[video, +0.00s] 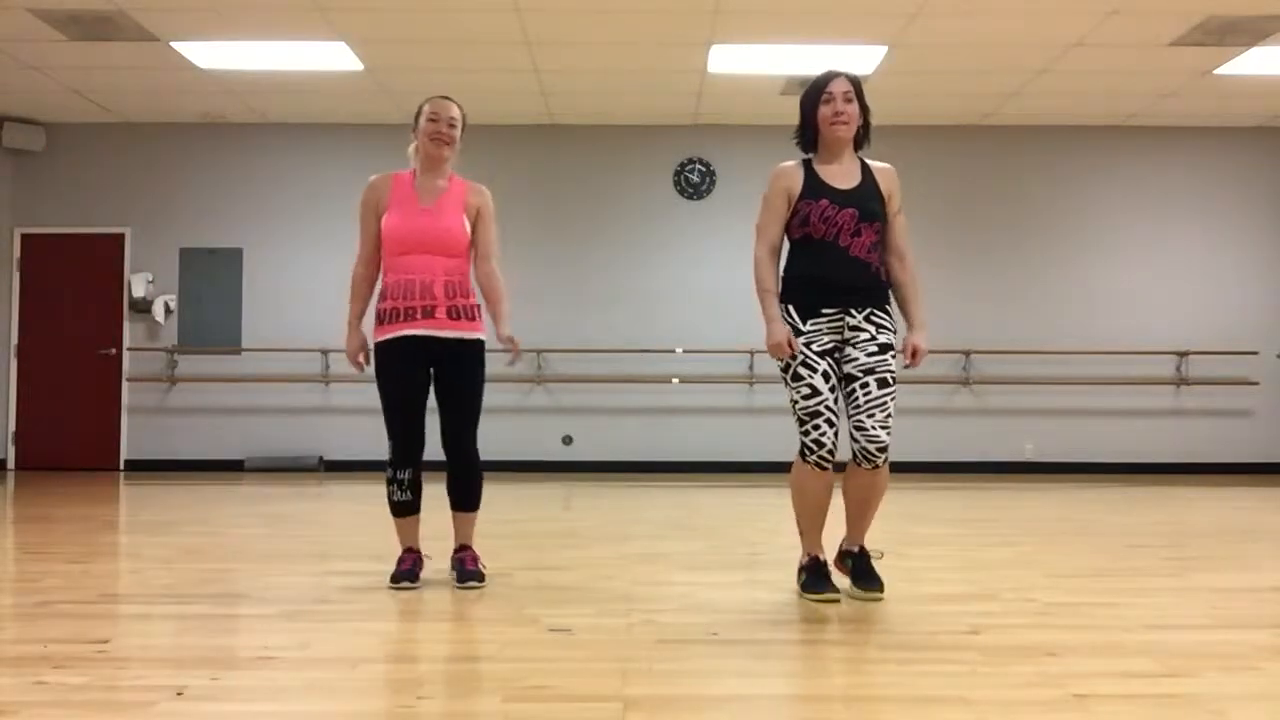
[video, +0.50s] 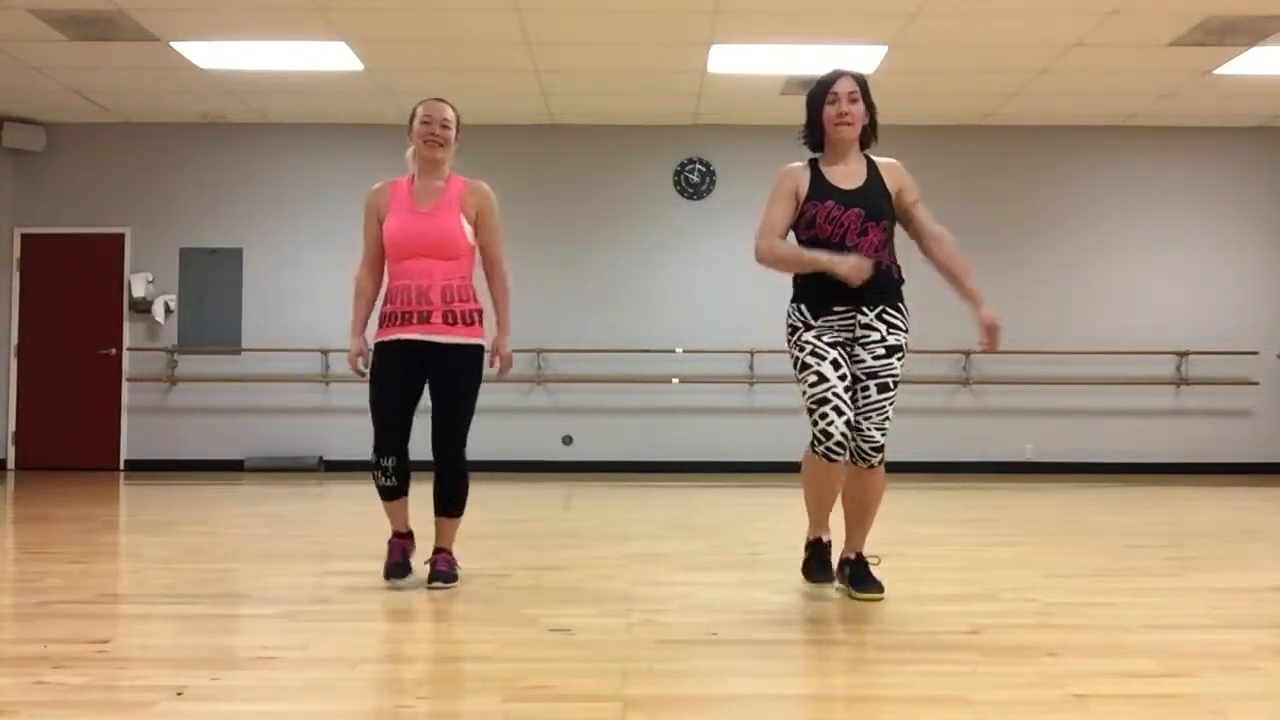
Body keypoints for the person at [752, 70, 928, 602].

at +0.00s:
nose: (839, 108)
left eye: (848, 100)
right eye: (827, 101)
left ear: (861, 112)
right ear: (811, 114)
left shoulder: (883, 177)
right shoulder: (789, 176)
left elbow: (899, 257)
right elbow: (765, 253)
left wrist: (915, 324)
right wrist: (773, 320)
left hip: (872, 322)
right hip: (806, 323)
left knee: (873, 440)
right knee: (821, 440)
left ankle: (853, 549)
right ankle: (812, 559)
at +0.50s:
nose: (845, 108)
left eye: (854, 100)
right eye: (835, 101)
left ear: (869, 112)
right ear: (817, 114)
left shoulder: (891, 174)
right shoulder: (796, 177)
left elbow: (935, 241)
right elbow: (766, 249)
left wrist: (979, 304)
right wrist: (831, 260)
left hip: (881, 318)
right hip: (817, 319)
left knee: (870, 438)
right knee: (832, 431)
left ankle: (854, 556)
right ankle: (818, 539)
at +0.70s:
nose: (840, 113)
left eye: (849, 104)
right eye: (830, 105)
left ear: (863, 116)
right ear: (812, 117)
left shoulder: (883, 176)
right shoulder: (793, 177)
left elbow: (950, 214)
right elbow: (762, 221)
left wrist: (1020, 250)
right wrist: (834, 229)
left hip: (878, 324)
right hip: (814, 325)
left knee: (871, 443)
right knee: (835, 440)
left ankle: (854, 558)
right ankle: (818, 555)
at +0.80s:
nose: (842, 109)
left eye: (850, 100)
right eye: (831, 101)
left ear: (864, 113)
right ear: (812, 114)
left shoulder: (882, 171)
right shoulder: (794, 167)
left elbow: (959, 191)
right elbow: (753, 191)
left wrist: (1037, 205)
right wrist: (796, 203)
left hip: (877, 317)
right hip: (813, 319)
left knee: (882, 439)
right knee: (833, 438)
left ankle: (855, 551)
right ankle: (817, 555)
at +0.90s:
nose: (842, 106)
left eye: (851, 98)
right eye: (831, 99)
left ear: (864, 112)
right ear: (814, 112)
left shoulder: (885, 168)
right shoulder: (795, 165)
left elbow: (958, 175)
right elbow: (753, 168)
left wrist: (1015, 164)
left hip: (877, 314)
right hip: (814, 316)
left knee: (893, 429)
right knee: (828, 435)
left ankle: (859, 537)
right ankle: (817, 556)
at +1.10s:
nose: (851, 108)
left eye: (859, 100)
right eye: (840, 100)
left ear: (872, 113)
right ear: (821, 113)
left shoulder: (892, 173)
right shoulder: (801, 169)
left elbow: (974, 169)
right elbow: (731, 159)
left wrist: (920, 154)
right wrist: (661, 150)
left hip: (885, 321)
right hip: (821, 321)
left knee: (881, 441)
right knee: (834, 440)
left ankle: (861, 557)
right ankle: (819, 557)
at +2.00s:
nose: (847, 108)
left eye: (856, 99)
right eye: (837, 100)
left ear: (871, 111)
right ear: (820, 112)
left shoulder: (893, 164)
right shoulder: (798, 166)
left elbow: (964, 158)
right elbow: (730, 160)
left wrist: (962, 139)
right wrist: (684, 139)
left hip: (882, 317)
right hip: (817, 317)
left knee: (876, 441)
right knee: (827, 438)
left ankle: (859, 556)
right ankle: (813, 560)